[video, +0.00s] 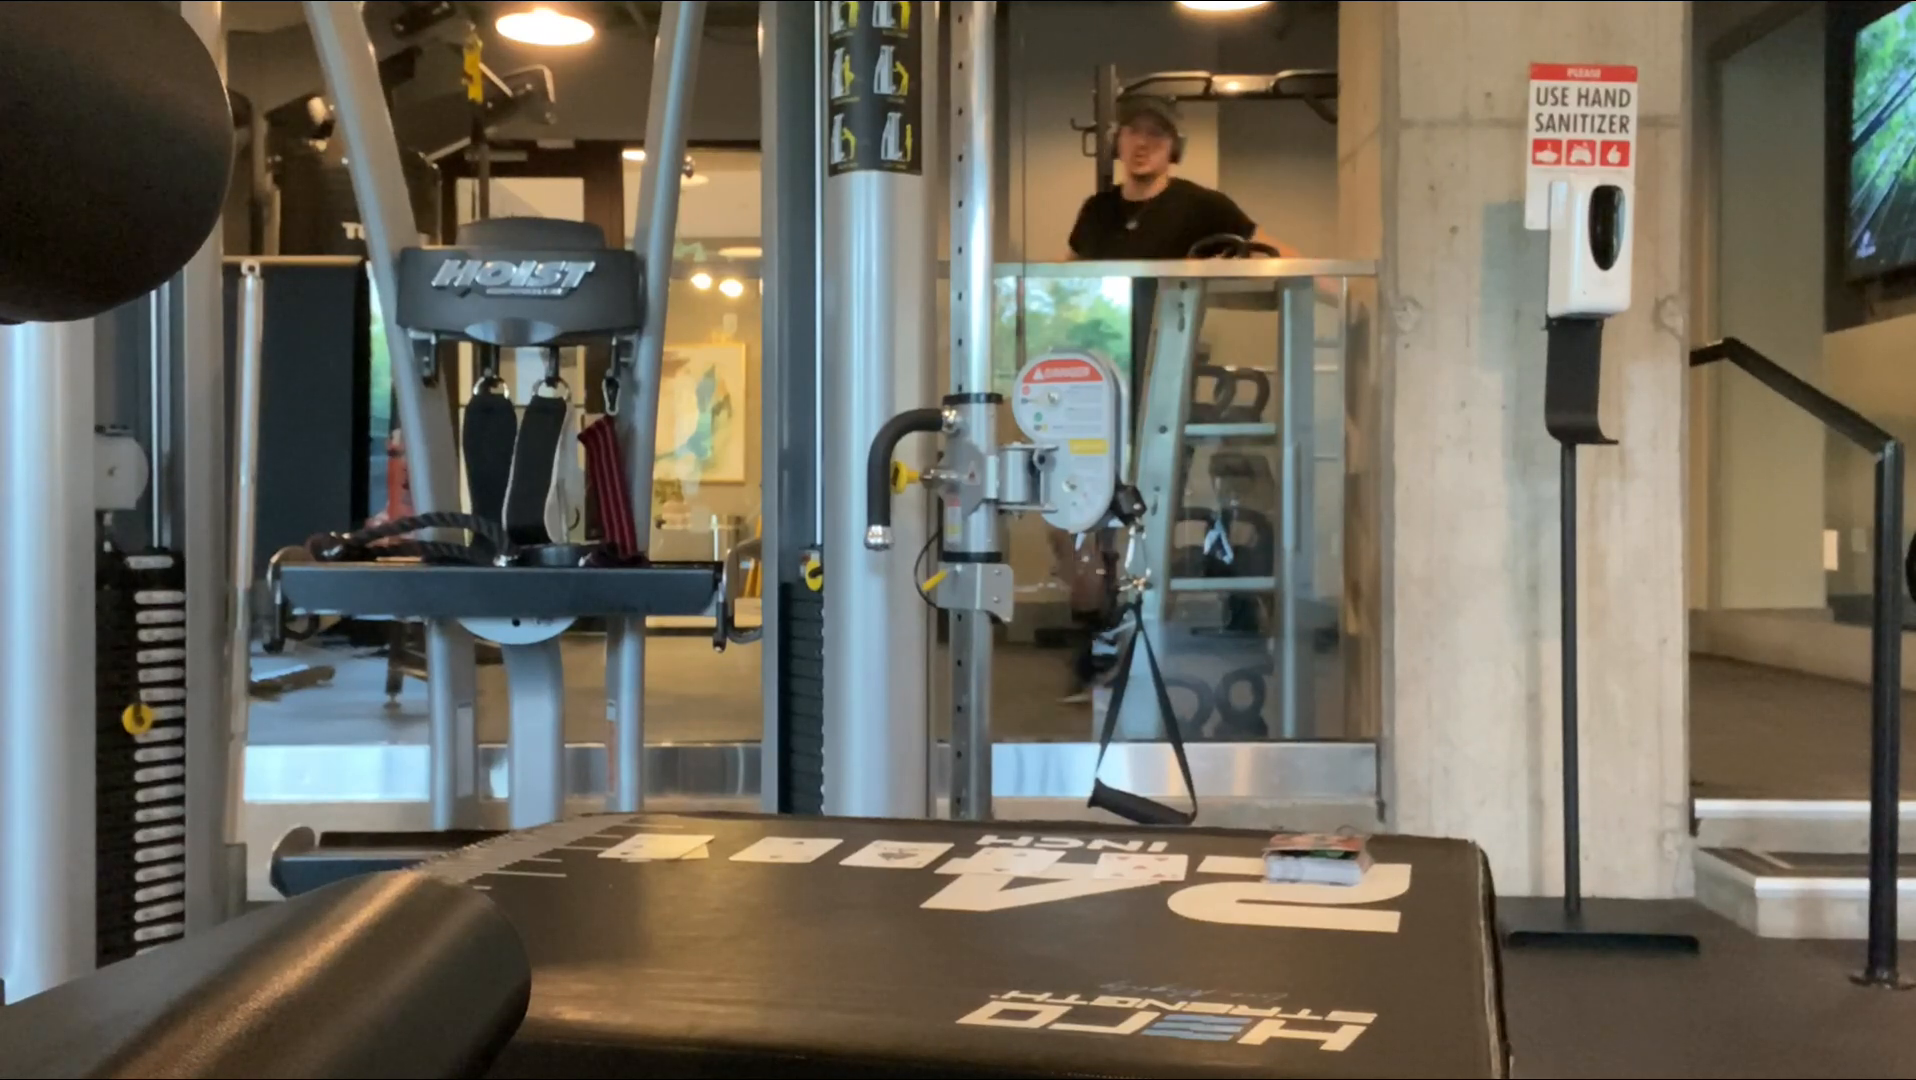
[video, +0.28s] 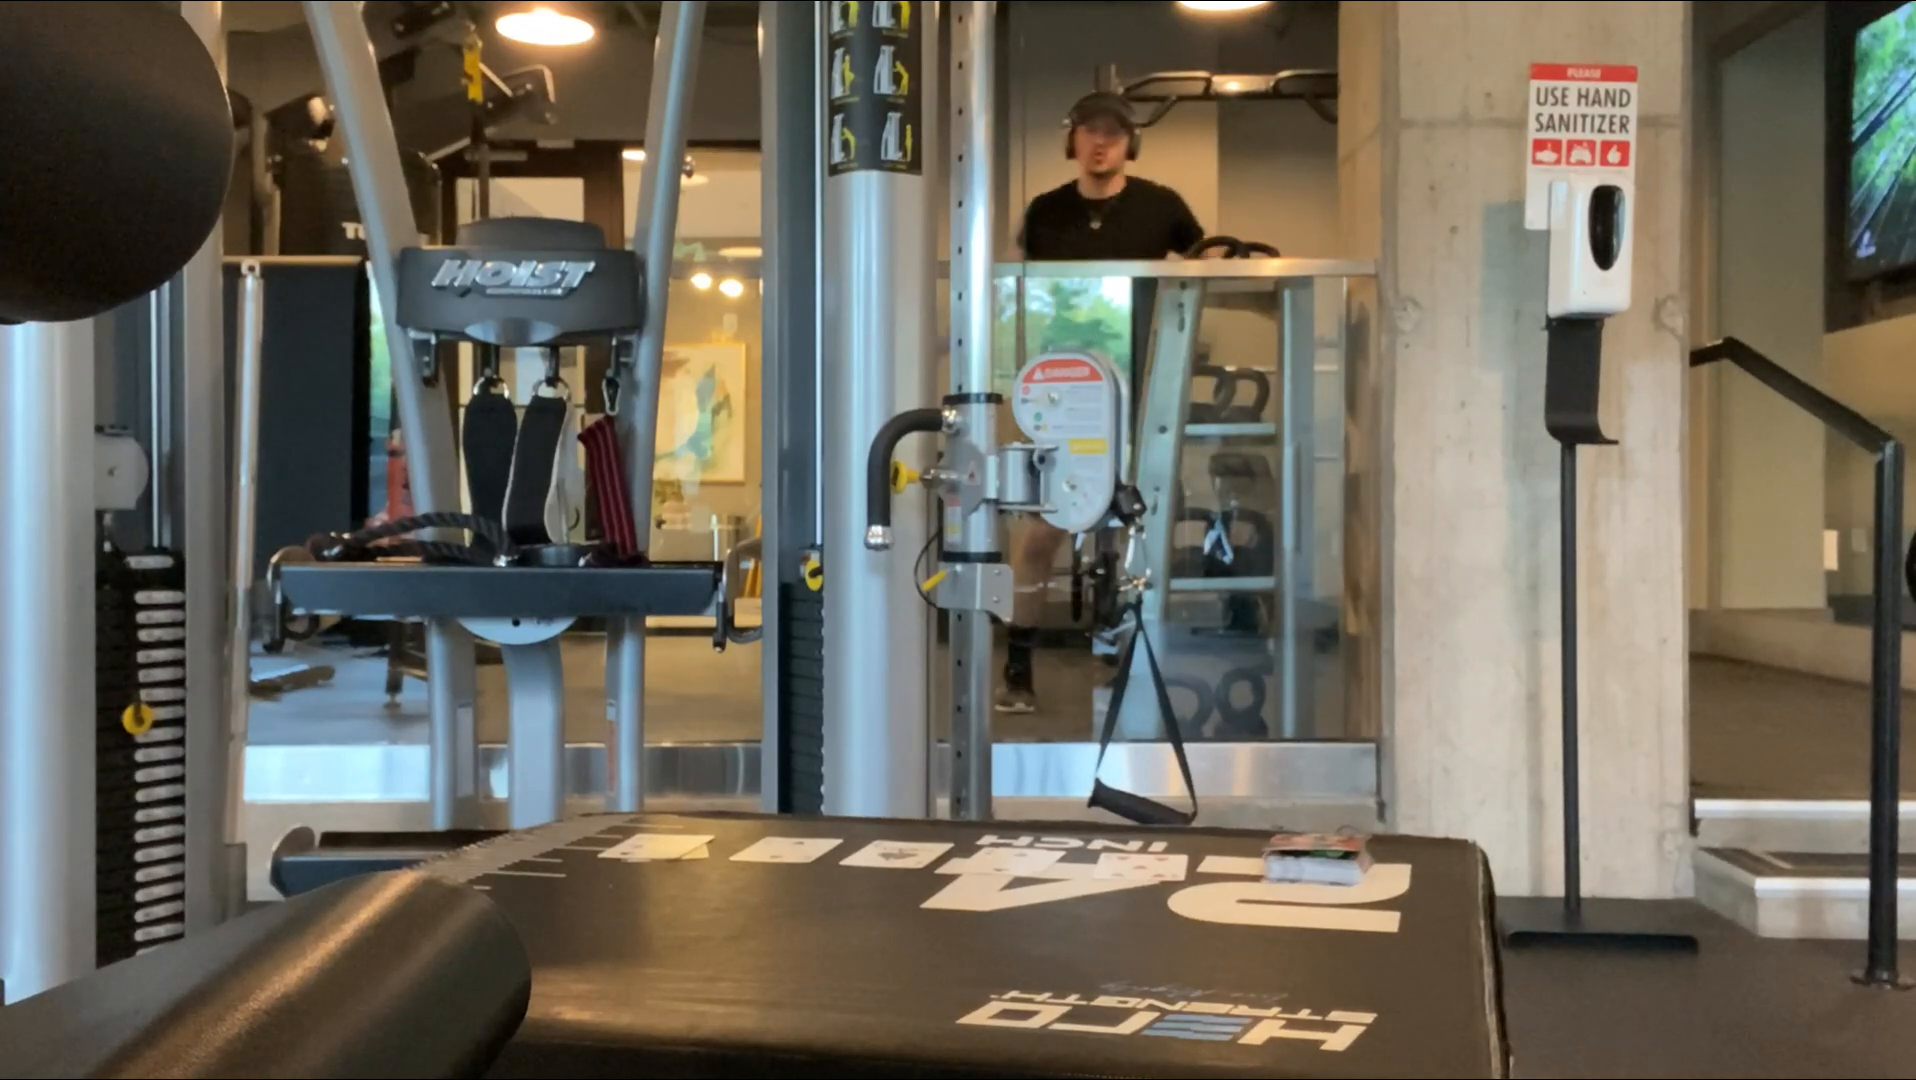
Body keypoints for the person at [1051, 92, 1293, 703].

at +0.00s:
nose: (1140, 146)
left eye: (1152, 137)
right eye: (1132, 136)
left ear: (1173, 148)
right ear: (1117, 144)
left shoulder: (1200, 206)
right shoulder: (1096, 210)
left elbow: (1276, 253)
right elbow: (1070, 284)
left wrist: (1334, 289)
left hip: (1165, 371)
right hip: (1100, 371)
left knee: (1150, 503)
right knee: (1085, 502)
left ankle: (1137, 637)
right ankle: (1090, 635)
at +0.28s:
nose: (1102, 144)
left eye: (1113, 133)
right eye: (1092, 132)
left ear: (1129, 143)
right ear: (1072, 141)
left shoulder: (1163, 206)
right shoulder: (1044, 213)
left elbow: (1202, 273)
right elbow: (1026, 298)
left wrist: (1220, 262)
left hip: (1140, 385)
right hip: (1061, 390)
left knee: (1133, 518)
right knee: (1040, 525)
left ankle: (1126, 650)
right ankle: (1018, 651)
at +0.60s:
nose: (1047, 151)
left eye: (1057, 140)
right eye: (1037, 140)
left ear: (1076, 147)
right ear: (1020, 147)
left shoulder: (1110, 212)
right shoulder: (999, 206)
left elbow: (1120, 284)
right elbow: (997, 242)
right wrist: (1084, 237)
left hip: (1093, 387)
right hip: (1016, 385)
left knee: (1112, 520)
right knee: (1020, 534)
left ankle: (1123, 643)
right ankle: (1015, 659)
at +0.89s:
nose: (1054, 142)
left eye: (1064, 133)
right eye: (1043, 133)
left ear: (1081, 143)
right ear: (1024, 141)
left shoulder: (1103, 204)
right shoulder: (1008, 189)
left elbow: (1098, 253)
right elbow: (1070, 217)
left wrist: (1028, 247)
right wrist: (1146, 217)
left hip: (1093, 371)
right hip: (1020, 369)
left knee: (1110, 505)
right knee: (1020, 526)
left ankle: (1112, 620)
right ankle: (1014, 652)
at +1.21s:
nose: (1107, 149)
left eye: (1117, 140)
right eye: (1097, 138)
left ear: (1131, 152)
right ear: (1074, 146)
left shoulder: (1143, 229)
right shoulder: (1051, 203)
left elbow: (1186, 308)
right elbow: (1057, 297)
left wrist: (1242, 364)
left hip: (1123, 392)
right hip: (1055, 390)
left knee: (1129, 516)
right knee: (1039, 528)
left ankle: (1126, 642)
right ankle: (1014, 657)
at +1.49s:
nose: (1202, 155)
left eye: (1212, 148)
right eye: (1194, 141)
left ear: (1219, 156)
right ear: (1167, 139)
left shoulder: (1201, 209)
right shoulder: (1125, 190)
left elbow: (1196, 283)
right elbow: (1043, 239)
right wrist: (972, 263)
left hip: (1188, 373)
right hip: (1133, 373)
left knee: (1181, 518)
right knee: (1134, 518)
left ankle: (1168, 652)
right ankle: (1061, 632)